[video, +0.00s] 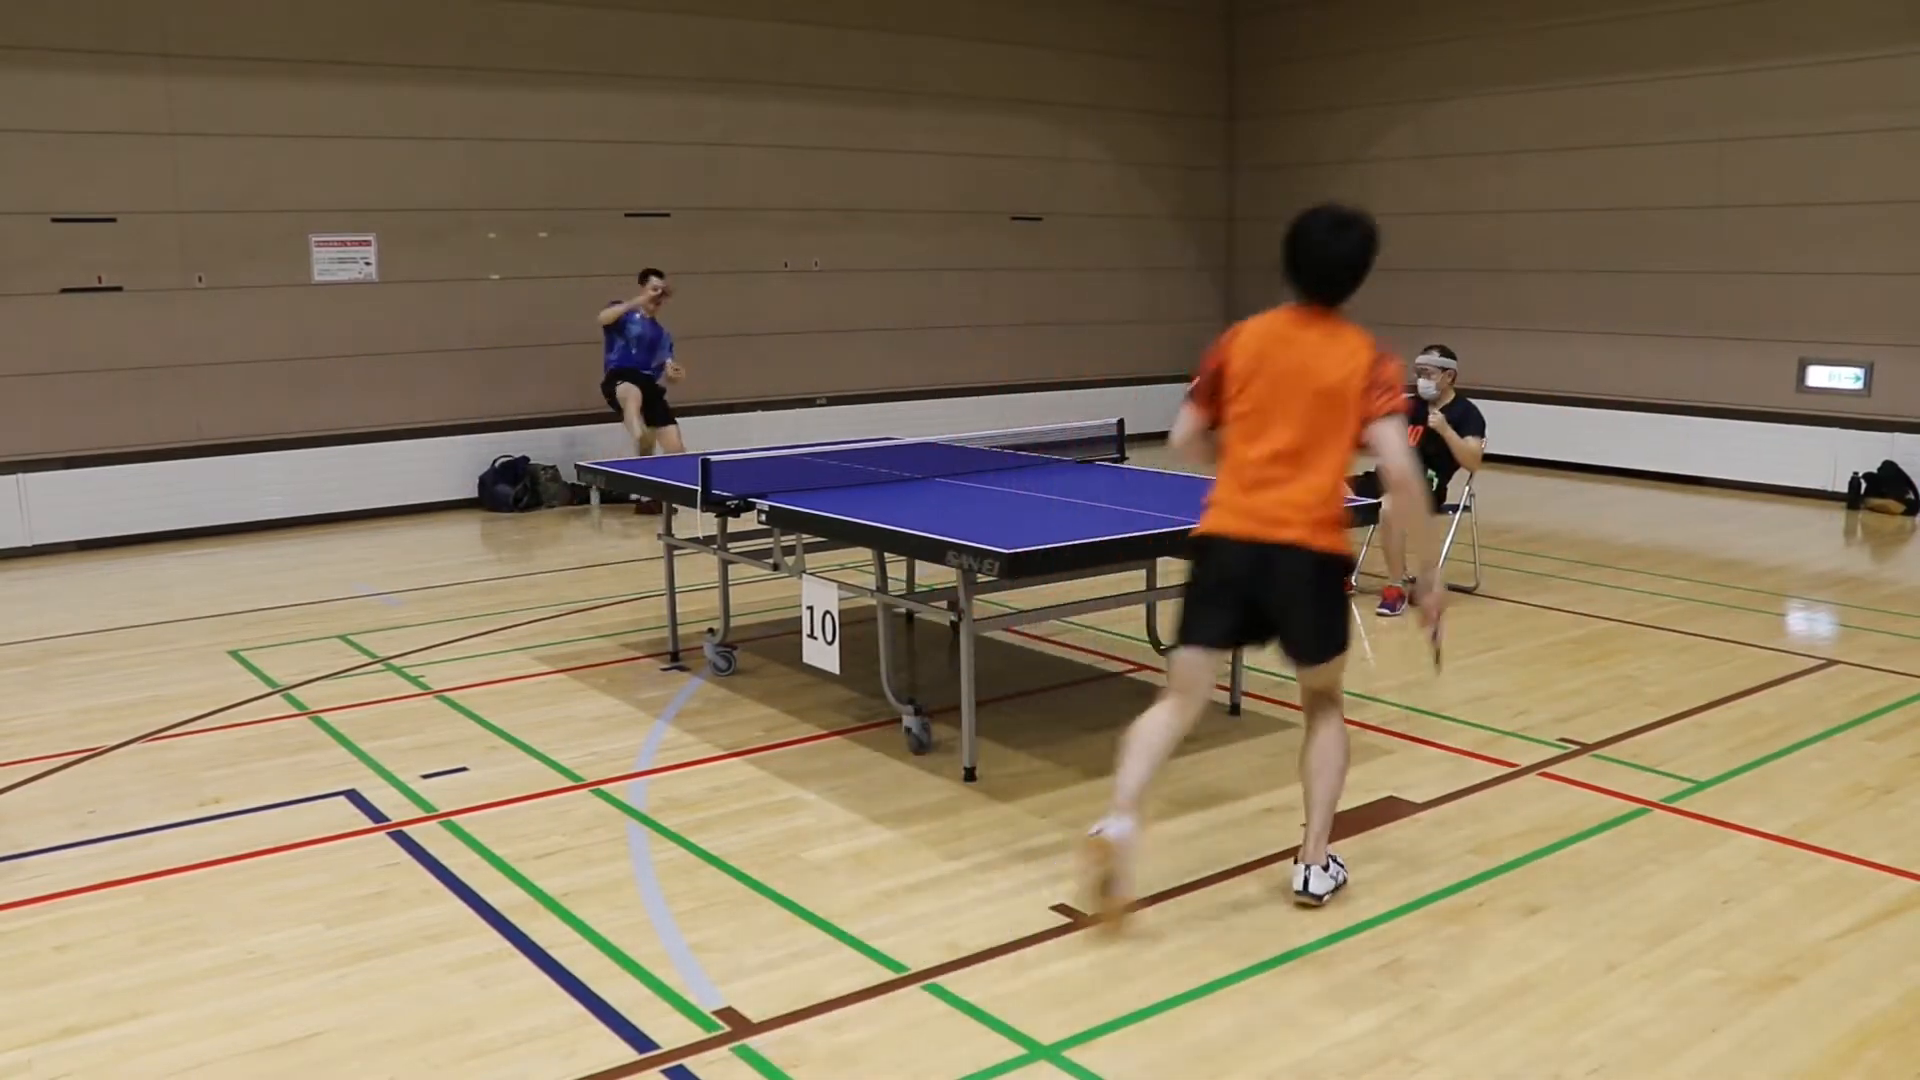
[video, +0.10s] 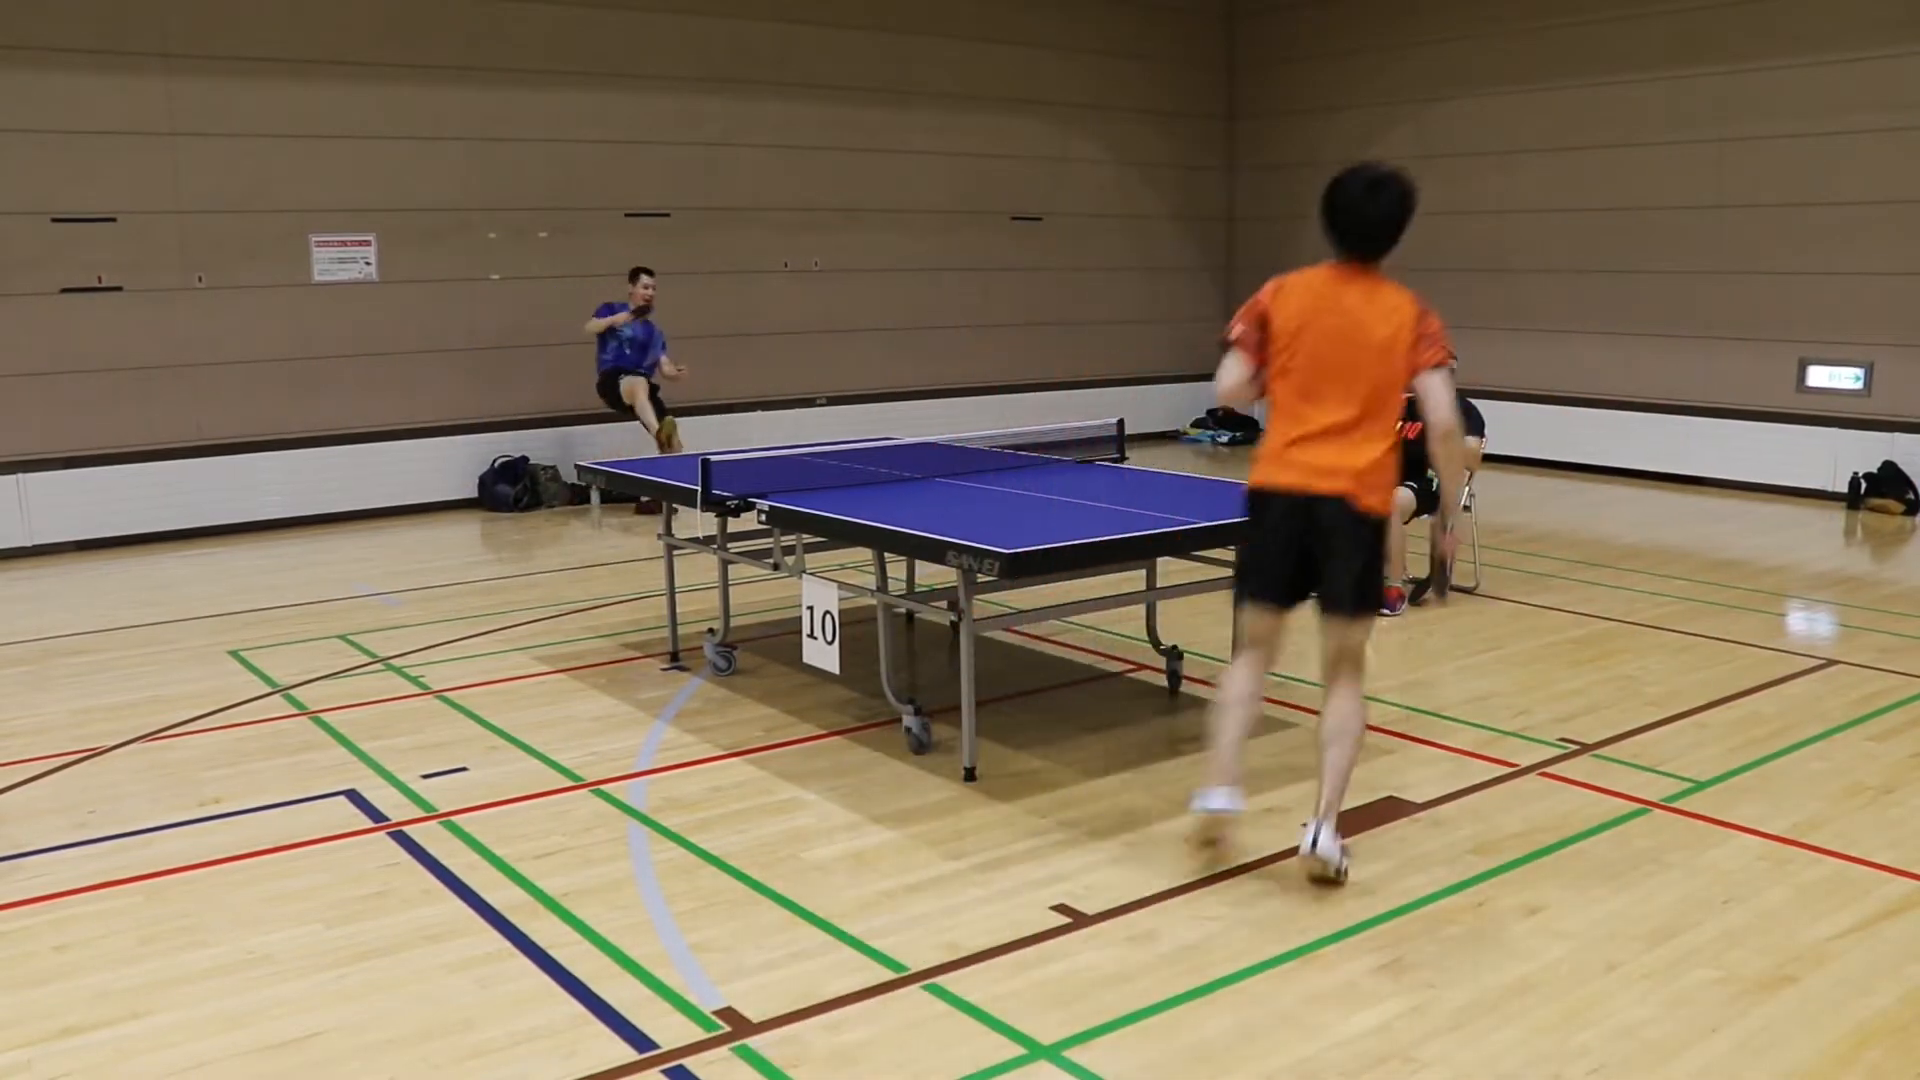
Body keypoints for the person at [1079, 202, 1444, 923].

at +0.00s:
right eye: (1361, 266)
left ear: (1289, 266)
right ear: (1358, 276)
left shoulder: (1241, 339)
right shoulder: (1368, 360)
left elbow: (1187, 443)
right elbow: (1401, 476)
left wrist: (1251, 458)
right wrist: (1422, 578)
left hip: (1224, 551)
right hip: (1307, 561)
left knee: (1181, 695)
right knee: (1322, 706)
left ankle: (1119, 818)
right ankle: (1314, 862)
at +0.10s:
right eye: (1396, 227)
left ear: (1329, 224)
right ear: (1397, 236)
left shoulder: (1280, 295)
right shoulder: (1410, 315)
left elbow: (1231, 389)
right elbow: (1443, 427)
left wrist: (1274, 402)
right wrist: (1451, 514)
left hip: (1275, 503)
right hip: (1356, 512)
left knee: (1253, 649)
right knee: (1345, 667)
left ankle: (1222, 783)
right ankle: (1324, 824)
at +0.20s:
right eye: (1422, 203)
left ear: (1357, 204)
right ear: (1425, 212)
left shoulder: (1314, 277)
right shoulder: (1442, 290)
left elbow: (1268, 370)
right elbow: (1478, 395)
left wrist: (1320, 365)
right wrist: (1465, 473)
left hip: (1321, 475)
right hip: (1397, 480)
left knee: (1315, 625)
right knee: (1371, 635)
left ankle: (1306, 774)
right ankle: (1344, 781)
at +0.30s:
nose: (1455, 237)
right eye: (1456, 228)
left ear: (1385, 228)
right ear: (1450, 235)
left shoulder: (1345, 298)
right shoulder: (1469, 310)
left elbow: (1300, 395)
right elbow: (1505, 416)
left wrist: (1350, 372)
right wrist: (1486, 485)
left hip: (1358, 492)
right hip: (1430, 493)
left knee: (1366, 628)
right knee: (1406, 636)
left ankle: (1372, 756)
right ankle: (1373, 745)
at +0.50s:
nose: (1538, 274)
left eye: (1541, 265)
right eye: (1540, 264)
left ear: (1482, 244)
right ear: (1529, 254)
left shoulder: (1423, 298)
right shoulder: (1530, 307)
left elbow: (1392, 385)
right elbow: (1540, 402)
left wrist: (1449, 376)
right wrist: (1547, 470)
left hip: (1426, 482)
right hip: (1493, 485)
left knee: (1412, 605)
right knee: (1496, 600)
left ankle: (1376, 738)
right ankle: (1448, 726)